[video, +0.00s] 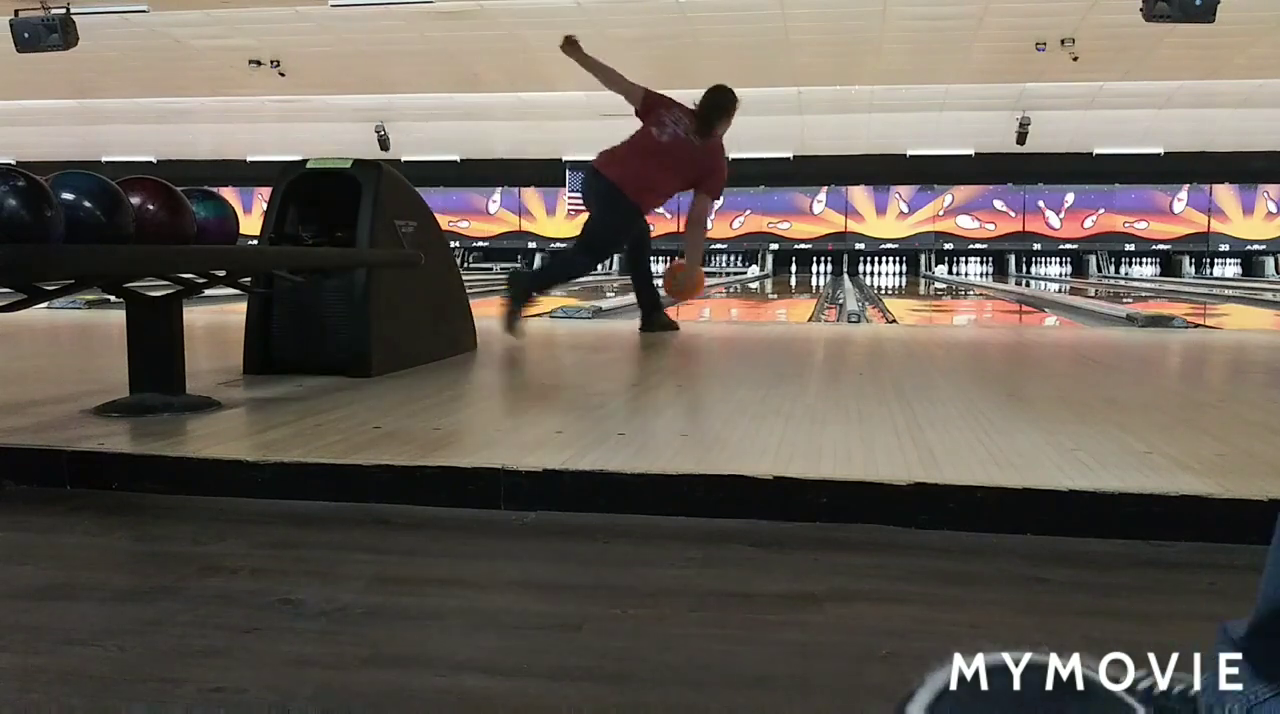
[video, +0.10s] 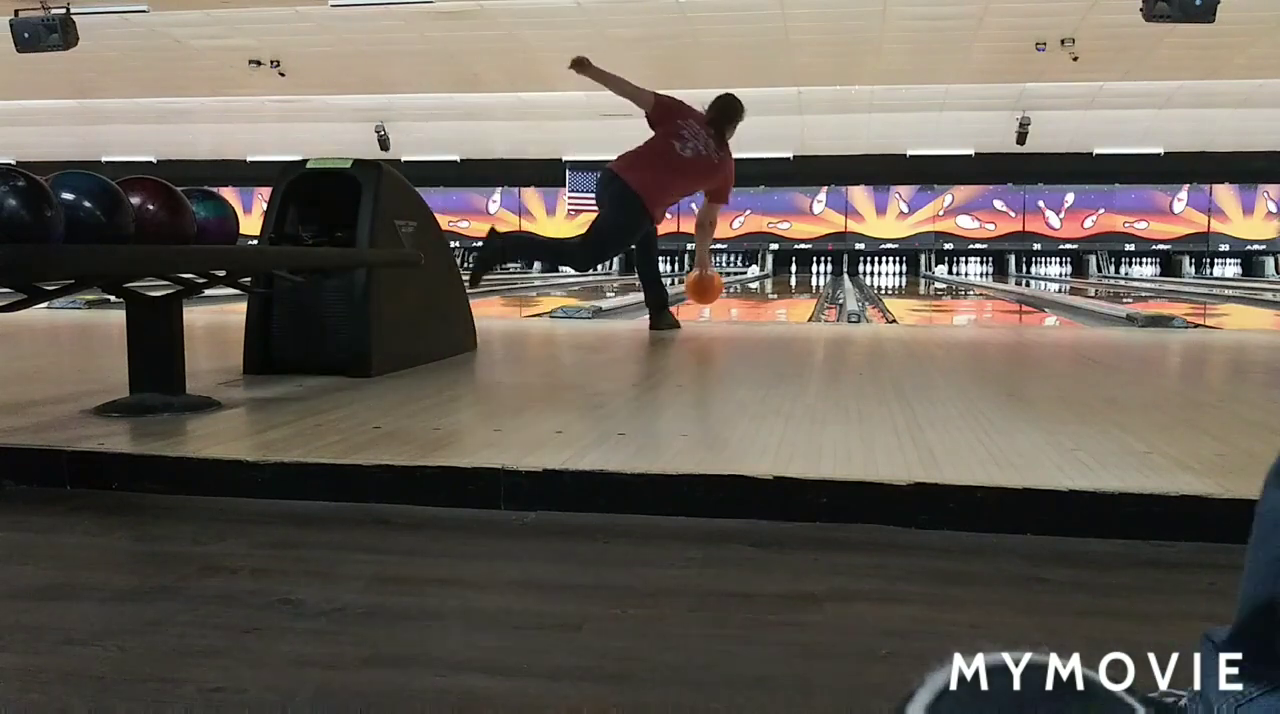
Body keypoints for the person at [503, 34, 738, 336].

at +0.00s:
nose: (731, 121)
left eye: (732, 115)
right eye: (732, 115)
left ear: (702, 104)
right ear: (728, 117)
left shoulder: (668, 108)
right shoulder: (714, 161)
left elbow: (619, 84)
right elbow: (696, 221)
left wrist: (579, 55)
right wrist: (693, 269)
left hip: (595, 179)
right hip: (622, 202)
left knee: (638, 237)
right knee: (584, 257)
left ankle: (652, 314)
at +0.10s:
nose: (734, 128)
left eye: (727, 118)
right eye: (736, 124)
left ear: (709, 111)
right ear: (735, 126)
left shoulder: (684, 114)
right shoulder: (724, 167)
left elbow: (634, 93)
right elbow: (706, 222)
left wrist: (591, 71)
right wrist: (703, 264)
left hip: (611, 181)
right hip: (635, 207)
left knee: (646, 238)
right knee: (582, 256)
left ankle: (659, 314)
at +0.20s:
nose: (721, 126)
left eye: (721, 121)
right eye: (735, 130)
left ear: (717, 119)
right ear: (742, 138)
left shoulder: (694, 119)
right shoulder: (736, 171)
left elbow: (648, 93)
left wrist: (612, 69)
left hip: (622, 173)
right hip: (642, 199)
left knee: (655, 239)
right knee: (583, 247)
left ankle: (662, 313)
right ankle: (504, 220)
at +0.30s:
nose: (715, 116)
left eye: (718, 115)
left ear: (720, 119)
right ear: (748, 135)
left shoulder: (702, 119)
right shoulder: (746, 160)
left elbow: (662, 94)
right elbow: (747, 153)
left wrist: (628, 65)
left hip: (631, 170)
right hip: (650, 191)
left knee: (661, 236)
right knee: (583, 237)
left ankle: (662, 310)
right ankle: (510, 196)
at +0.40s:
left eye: (751, 131)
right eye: (758, 134)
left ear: (728, 119)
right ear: (754, 131)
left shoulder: (703, 117)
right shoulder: (750, 152)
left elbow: (663, 94)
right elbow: (769, 156)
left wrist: (626, 71)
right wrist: (764, 140)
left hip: (634, 169)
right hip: (654, 187)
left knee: (662, 239)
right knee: (589, 233)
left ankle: (665, 311)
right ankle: (524, 187)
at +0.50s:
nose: (756, 132)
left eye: (749, 121)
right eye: (757, 127)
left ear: (732, 115)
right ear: (755, 127)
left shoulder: (705, 115)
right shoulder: (751, 149)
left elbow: (659, 101)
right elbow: (782, 179)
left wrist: (616, 90)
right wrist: (778, 164)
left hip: (638, 168)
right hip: (657, 186)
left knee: (667, 237)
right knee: (596, 236)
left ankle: (666, 308)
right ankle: (534, 186)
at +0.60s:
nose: (761, 128)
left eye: (758, 121)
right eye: (763, 124)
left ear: (735, 110)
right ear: (759, 120)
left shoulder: (707, 113)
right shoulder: (754, 146)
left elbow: (656, 111)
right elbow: (770, 197)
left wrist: (613, 119)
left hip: (643, 167)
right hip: (660, 182)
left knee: (677, 238)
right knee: (612, 240)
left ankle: (666, 308)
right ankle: (545, 198)